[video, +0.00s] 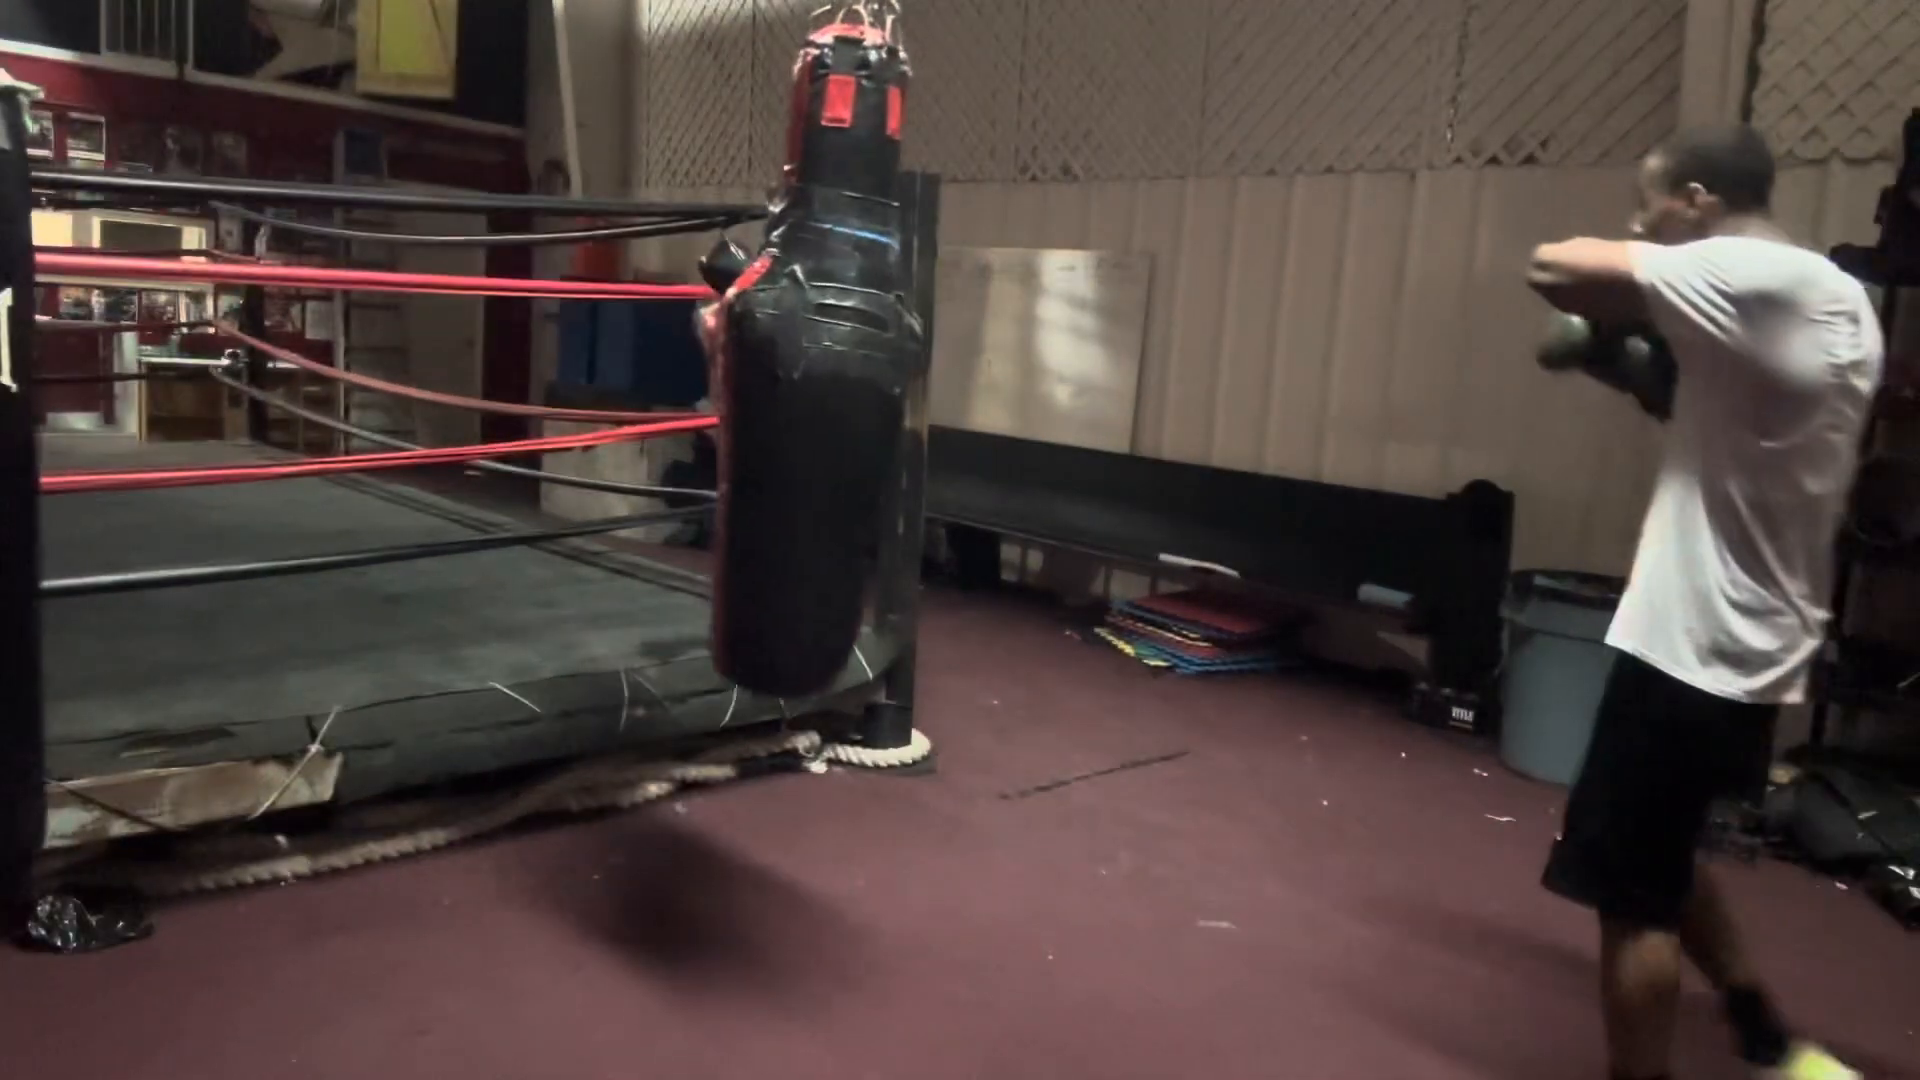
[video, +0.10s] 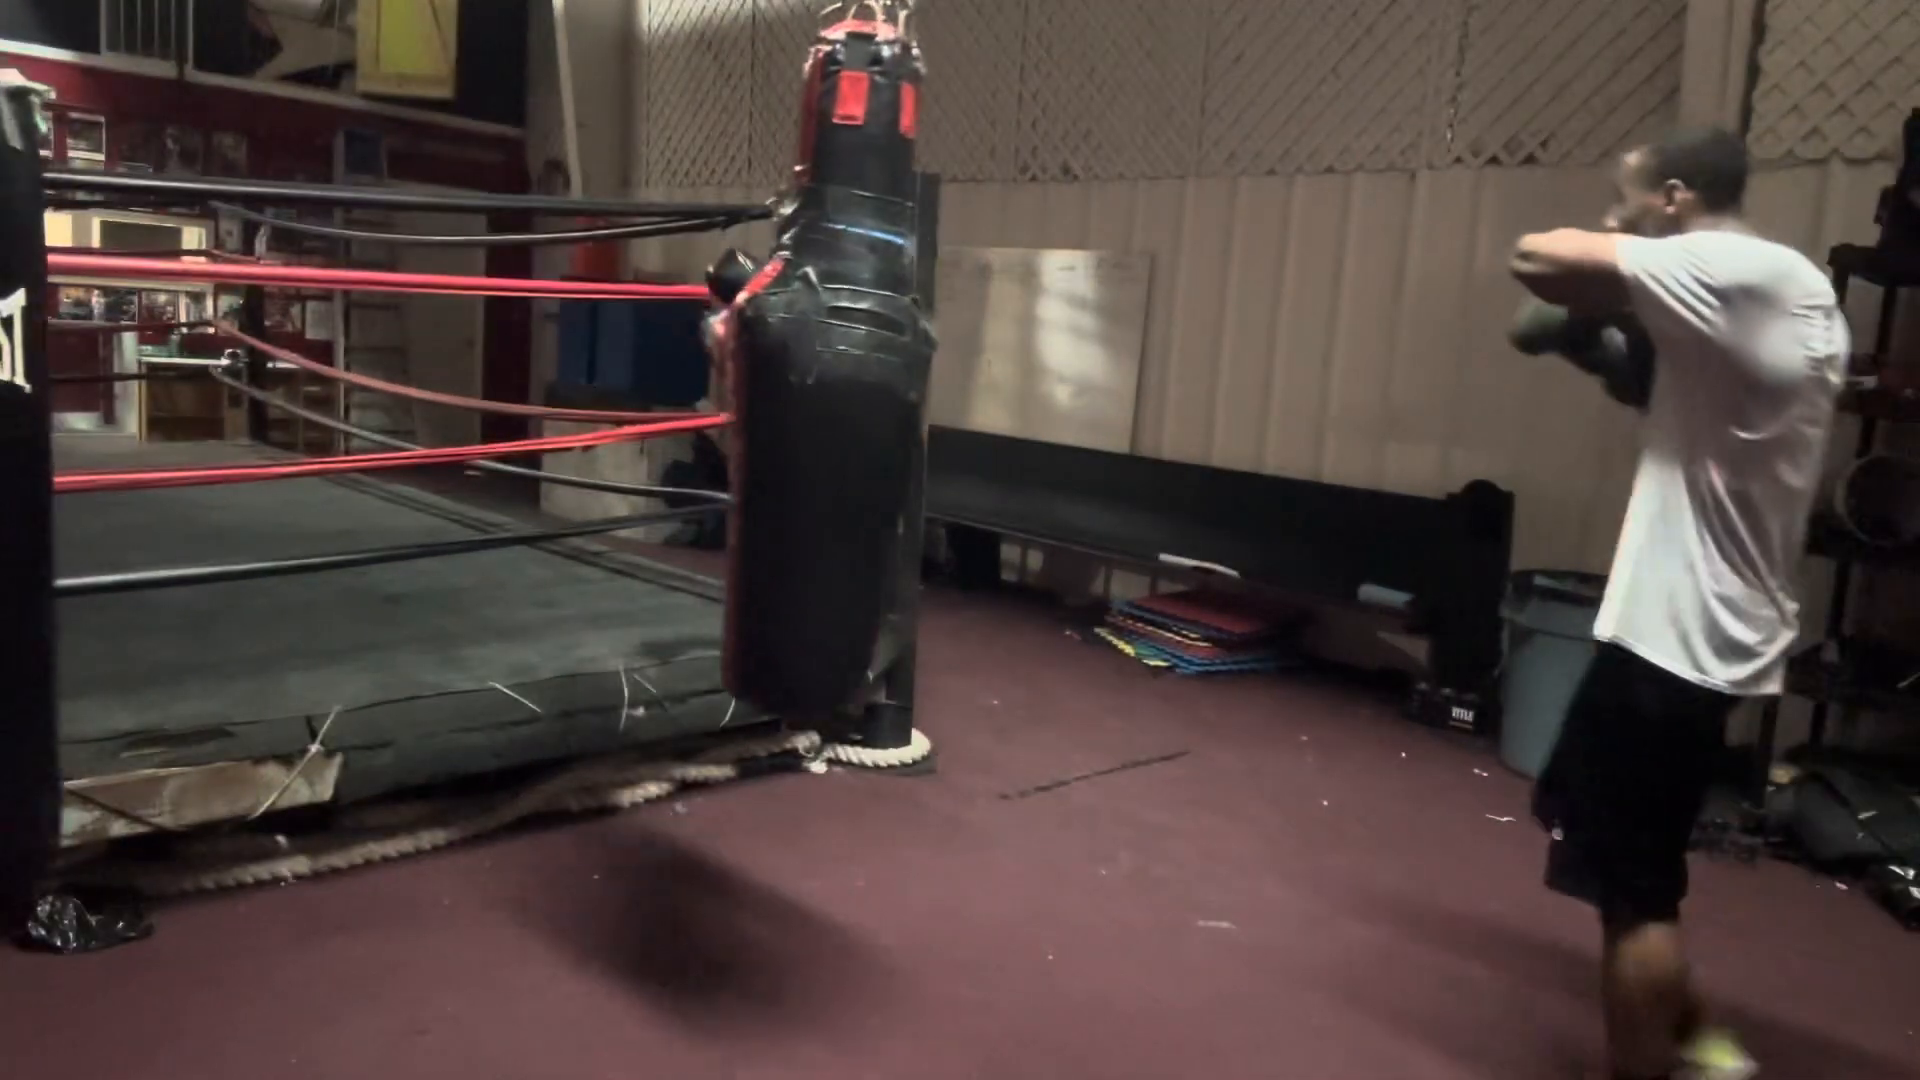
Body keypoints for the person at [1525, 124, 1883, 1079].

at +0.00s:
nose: (1647, 226)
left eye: (1654, 210)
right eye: (1647, 210)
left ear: (1698, 201)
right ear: (1755, 201)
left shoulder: (1743, 275)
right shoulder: (1848, 297)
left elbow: (1551, 262)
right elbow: (1741, 401)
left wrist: (1631, 304)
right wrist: (1628, 361)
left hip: (1689, 651)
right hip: (1757, 652)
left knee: (1633, 890)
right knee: (1661, 857)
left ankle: (1638, 1073)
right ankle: (1769, 1043)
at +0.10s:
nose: (1624, 217)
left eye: (1632, 200)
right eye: (1625, 200)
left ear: (1676, 196)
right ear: (1720, 195)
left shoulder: (1729, 268)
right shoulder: (1809, 289)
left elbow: (1535, 255)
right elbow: (1707, 394)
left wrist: (1621, 260)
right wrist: (1599, 344)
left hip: (1675, 632)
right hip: (1727, 630)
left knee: (1631, 881)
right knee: (1619, 850)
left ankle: (1638, 1070)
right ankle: (1690, 1035)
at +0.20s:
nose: (1594, 221)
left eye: (1604, 206)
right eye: (1595, 206)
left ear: (1655, 204)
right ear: (1675, 204)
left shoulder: (1726, 273)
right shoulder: (1766, 285)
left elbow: (1520, 258)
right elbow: (1661, 416)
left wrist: (1597, 254)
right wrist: (1577, 340)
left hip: (1666, 626)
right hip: (1651, 613)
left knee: (1641, 871)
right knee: (1559, 809)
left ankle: (1642, 1063)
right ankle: (1566, 999)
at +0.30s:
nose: (1563, 227)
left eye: (1575, 211)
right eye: (1565, 211)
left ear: (1633, 215)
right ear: (1642, 218)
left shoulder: (1714, 290)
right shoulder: (1657, 304)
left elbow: (1508, 289)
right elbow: (1604, 443)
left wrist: (1492, 314)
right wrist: (1529, 375)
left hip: (1643, 633)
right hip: (1577, 616)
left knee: (1621, 868)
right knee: (1523, 799)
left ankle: (1638, 1068)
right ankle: (1508, 986)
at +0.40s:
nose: (1542, 231)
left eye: (1559, 213)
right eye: (1542, 211)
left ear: (1624, 217)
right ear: (1618, 222)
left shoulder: (1682, 297)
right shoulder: (1627, 306)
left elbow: (1530, 365)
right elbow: (1563, 450)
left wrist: (1487, 342)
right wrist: (1481, 361)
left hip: (1609, 626)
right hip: (1552, 611)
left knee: (1569, 852)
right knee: (1507, 803)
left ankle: (1623, 1064)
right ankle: (1509, 986)